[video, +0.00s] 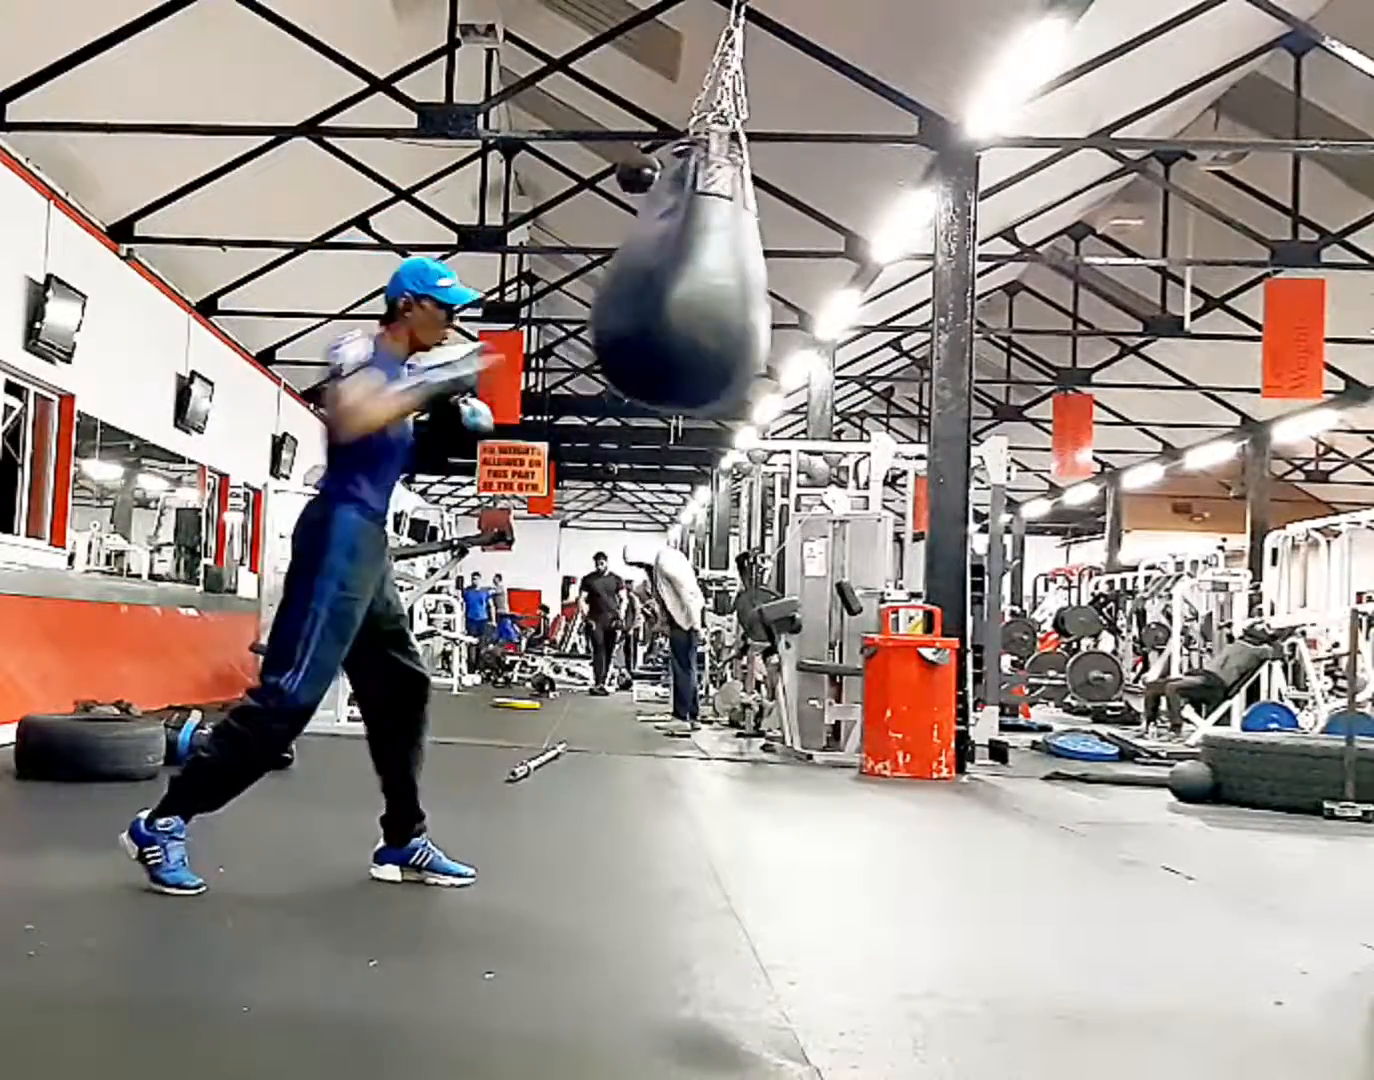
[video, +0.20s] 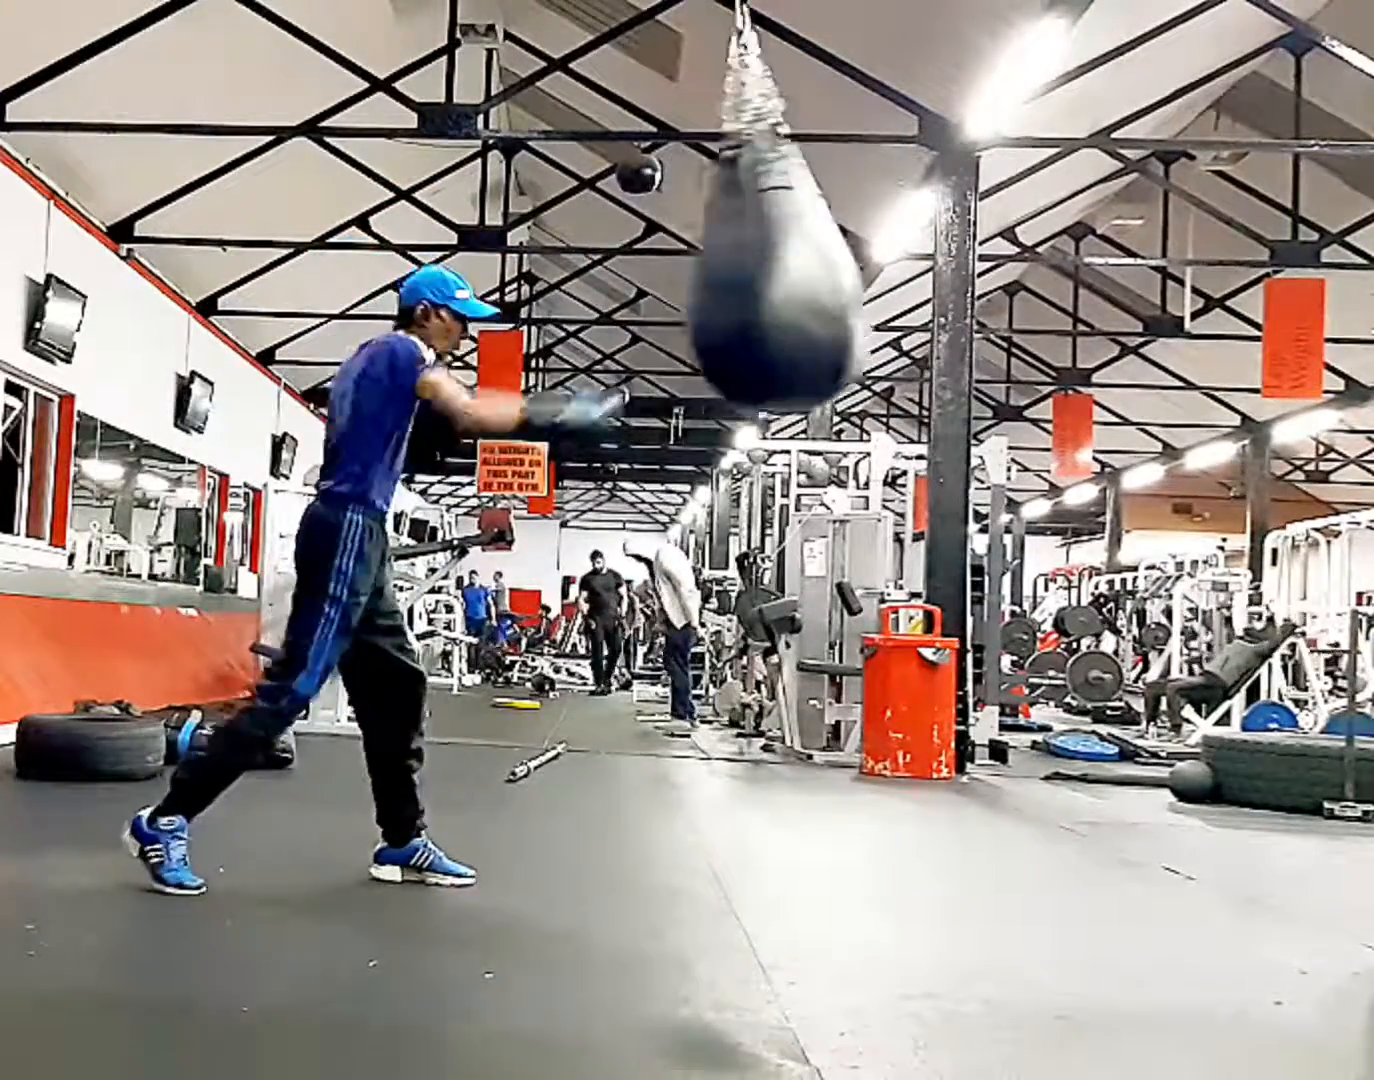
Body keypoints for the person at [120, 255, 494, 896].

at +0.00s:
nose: (449, 327)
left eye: (452, 316)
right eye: (443, 313)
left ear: (417, 312)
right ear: (409, 307)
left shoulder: (405, 373)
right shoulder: (361, 351)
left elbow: (403, 451)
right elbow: (350, 418)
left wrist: (458, 424)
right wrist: (432, 386)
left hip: (366, 538)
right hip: (339, 532)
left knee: (400, 687)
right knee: (285, 702)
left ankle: (403, 839)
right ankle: (161, 824)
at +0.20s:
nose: (463, 334)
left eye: (465, 324)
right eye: (458, 321)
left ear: (414, 315)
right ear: (428, 313)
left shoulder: (367, 362)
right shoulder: (403, 351)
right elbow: (470, 414)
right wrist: (554, 411)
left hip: (357, 532)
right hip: (346, 530)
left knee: (394, 688)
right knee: (288, 694)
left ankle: (403, 843)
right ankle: (164, 822)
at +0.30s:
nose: (484, 354)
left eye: (485, 342)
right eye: (478, 341)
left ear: (443, 338)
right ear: (444, 335)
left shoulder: (405, 373)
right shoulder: (411, 367)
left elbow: (393, 454)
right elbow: (390, 445)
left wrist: (454, 448)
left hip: (361, 540)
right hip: (340, 536)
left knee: (403, 689)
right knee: (318, 705)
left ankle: (404, 843)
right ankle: (179, 816)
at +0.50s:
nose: (464, 354)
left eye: (465, 343)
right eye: (457, 341)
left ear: (430, 341)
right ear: (422, 337)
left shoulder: (402, 387)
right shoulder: (377, 374)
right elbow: (314, 443)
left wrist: (451, 427)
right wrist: (384, 468)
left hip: (364, 559)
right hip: (329, 555)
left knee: (419, 698)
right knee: (312, 724)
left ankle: (407, 844)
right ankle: (169, 822)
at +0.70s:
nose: (403, 297)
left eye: (406, 285)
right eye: (396, 282)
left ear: (377, 281)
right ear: (359, 272)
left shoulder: (361, 345)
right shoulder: (302, 317)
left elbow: (346, 440)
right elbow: (276, 416)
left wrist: (400, 446)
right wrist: (353, 396)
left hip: (334, 519)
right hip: (287, 513)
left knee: (363, 671)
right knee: (250, 676)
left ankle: (363, 827)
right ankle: (156, 824)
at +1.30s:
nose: (426, 330)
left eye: (428, 319)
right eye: (422, 316)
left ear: (391, 311)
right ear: (391, 308)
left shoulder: (358, 365)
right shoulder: (335, 347)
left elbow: (328, 448)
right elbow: (312, 450)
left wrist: (386, 435)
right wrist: (382, 439)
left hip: (311, 542)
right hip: (279, 539)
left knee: (354, 696)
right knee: (243, 706)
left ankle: (361, 843)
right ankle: (138, 836)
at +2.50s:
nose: (454, 311)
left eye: (456, 300)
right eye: (449, 297)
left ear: (419, 292)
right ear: (414, 288)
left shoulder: (394, 366)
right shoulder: (344, 342)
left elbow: (400, 447)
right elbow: (321, 454)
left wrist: (446, 405)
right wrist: (405, 458)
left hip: (365, 533)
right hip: (323, 528)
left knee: (405, 689)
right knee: (296, 703)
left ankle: (424, 849)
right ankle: (198, 844)